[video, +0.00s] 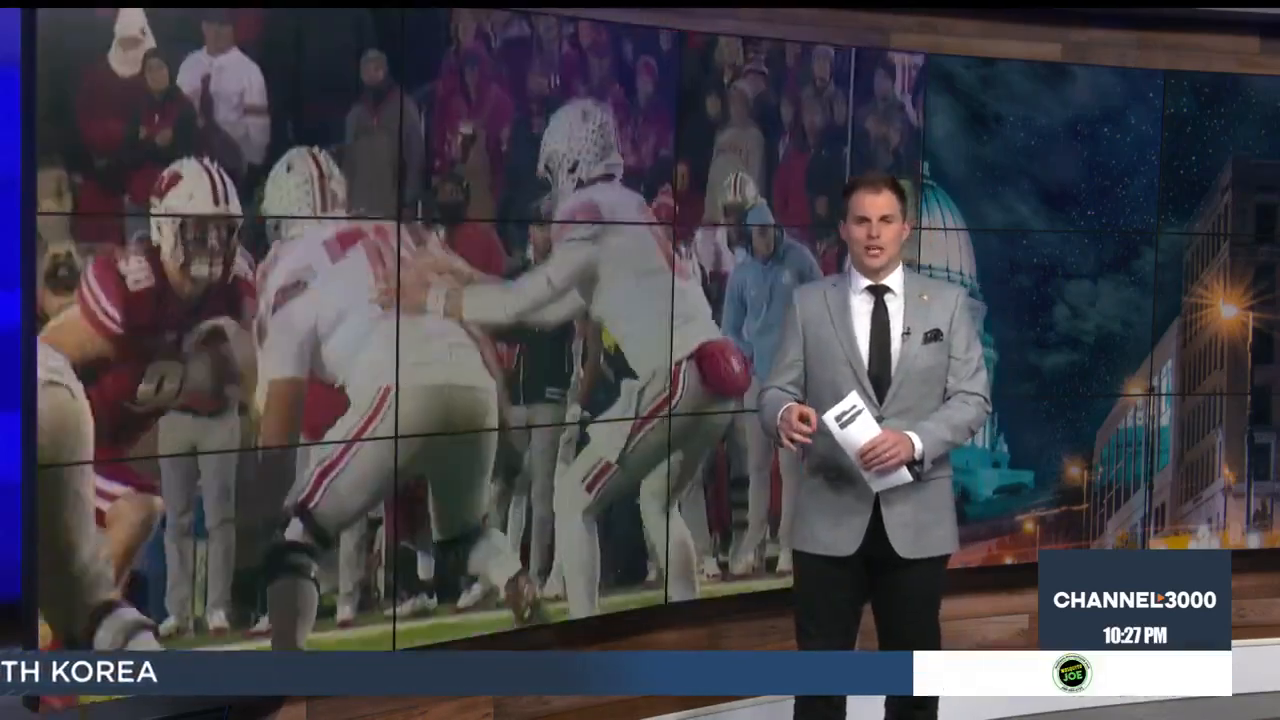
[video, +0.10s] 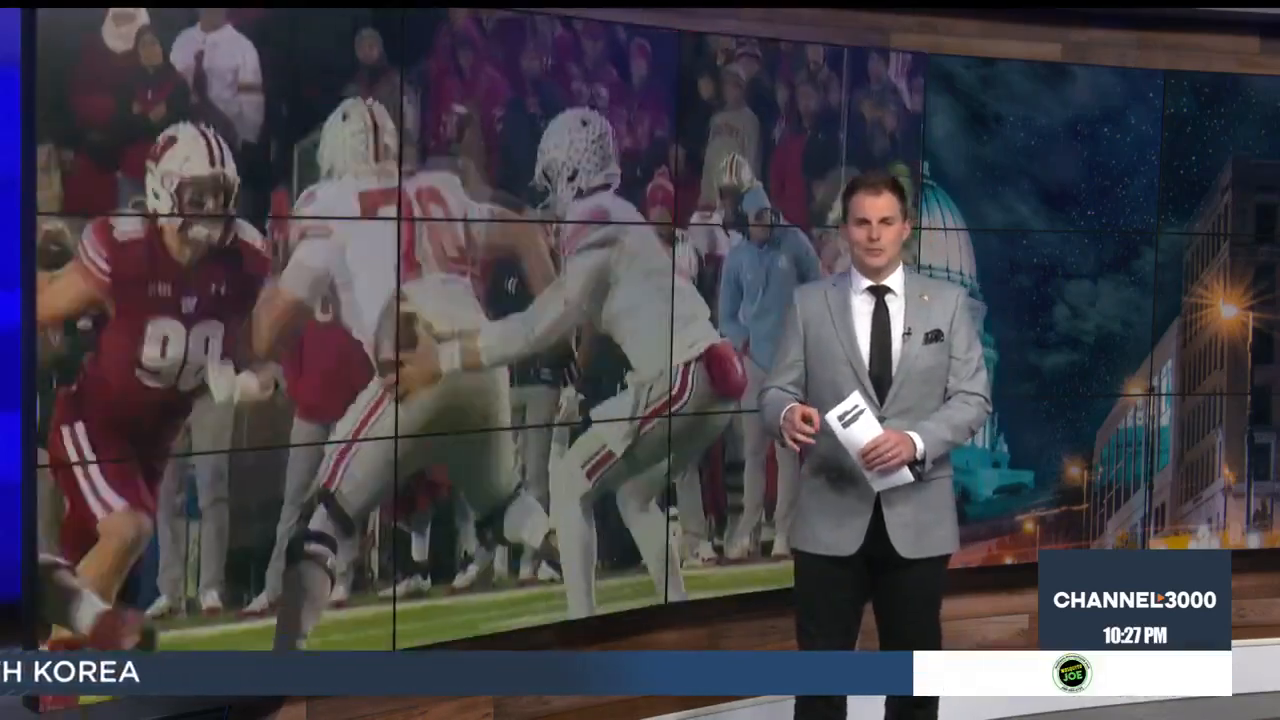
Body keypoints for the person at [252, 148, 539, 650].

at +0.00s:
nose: (268, 232)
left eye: (272, 220)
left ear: (278, 215)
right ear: (340, 198)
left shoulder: (289, 269)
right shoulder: (405, 236)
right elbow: (480, 295)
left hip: (397, 394)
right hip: (474, 388)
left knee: (300, 528)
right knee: (465, 533)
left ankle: (286, 661)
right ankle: (517, 585)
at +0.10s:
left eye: (331, 156)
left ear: (332, 155)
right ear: (394, 149)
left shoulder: (327, 208)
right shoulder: (443, 192)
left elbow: (269, 330)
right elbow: (527, 232)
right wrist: (555, 324)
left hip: (410, 374)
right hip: (484, 367)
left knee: (325, 513)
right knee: (501, 501)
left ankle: (289, 650)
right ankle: (556, 548)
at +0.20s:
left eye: (381, 123)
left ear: (385, 123)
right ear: (452, 121)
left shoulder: (372, 175)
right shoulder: (493, 171)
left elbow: (336, 273)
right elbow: (555, 272)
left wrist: (284, 337)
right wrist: (561, 367)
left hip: (414, 358)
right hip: (495, 353)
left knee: (359, 495)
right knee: (534, 500)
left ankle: (314, 630)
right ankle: (575, 620)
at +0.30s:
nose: (397, 130)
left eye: (399, 121)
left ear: (403, 120)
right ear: (463, 117)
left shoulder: (392, 158)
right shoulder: (511, 171)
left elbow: (350, 241)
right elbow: (526, 267)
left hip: (438, 332)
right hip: (512, 331)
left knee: (371, 470)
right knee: (534, 477)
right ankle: (563, 618)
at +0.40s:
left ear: (390, 122)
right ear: (448, 120)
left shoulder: (384, 164)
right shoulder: (487, 162)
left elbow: (322, 234)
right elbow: (505, 241)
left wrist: (258, 247)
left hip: (458, 319)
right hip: (530, 314)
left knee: (407, 451)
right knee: (533, 464)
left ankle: (423, 611)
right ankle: (557, 612)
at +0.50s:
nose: (389, 117)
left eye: (395, 109)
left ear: (404, 113)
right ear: (466, 114)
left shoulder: (382, 162)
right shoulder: (501, 162)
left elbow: (315, 277)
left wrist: (293, 250)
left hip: (463, 325)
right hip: (530, 312)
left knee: (427, 476)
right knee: (540, 459)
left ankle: (429, 622)